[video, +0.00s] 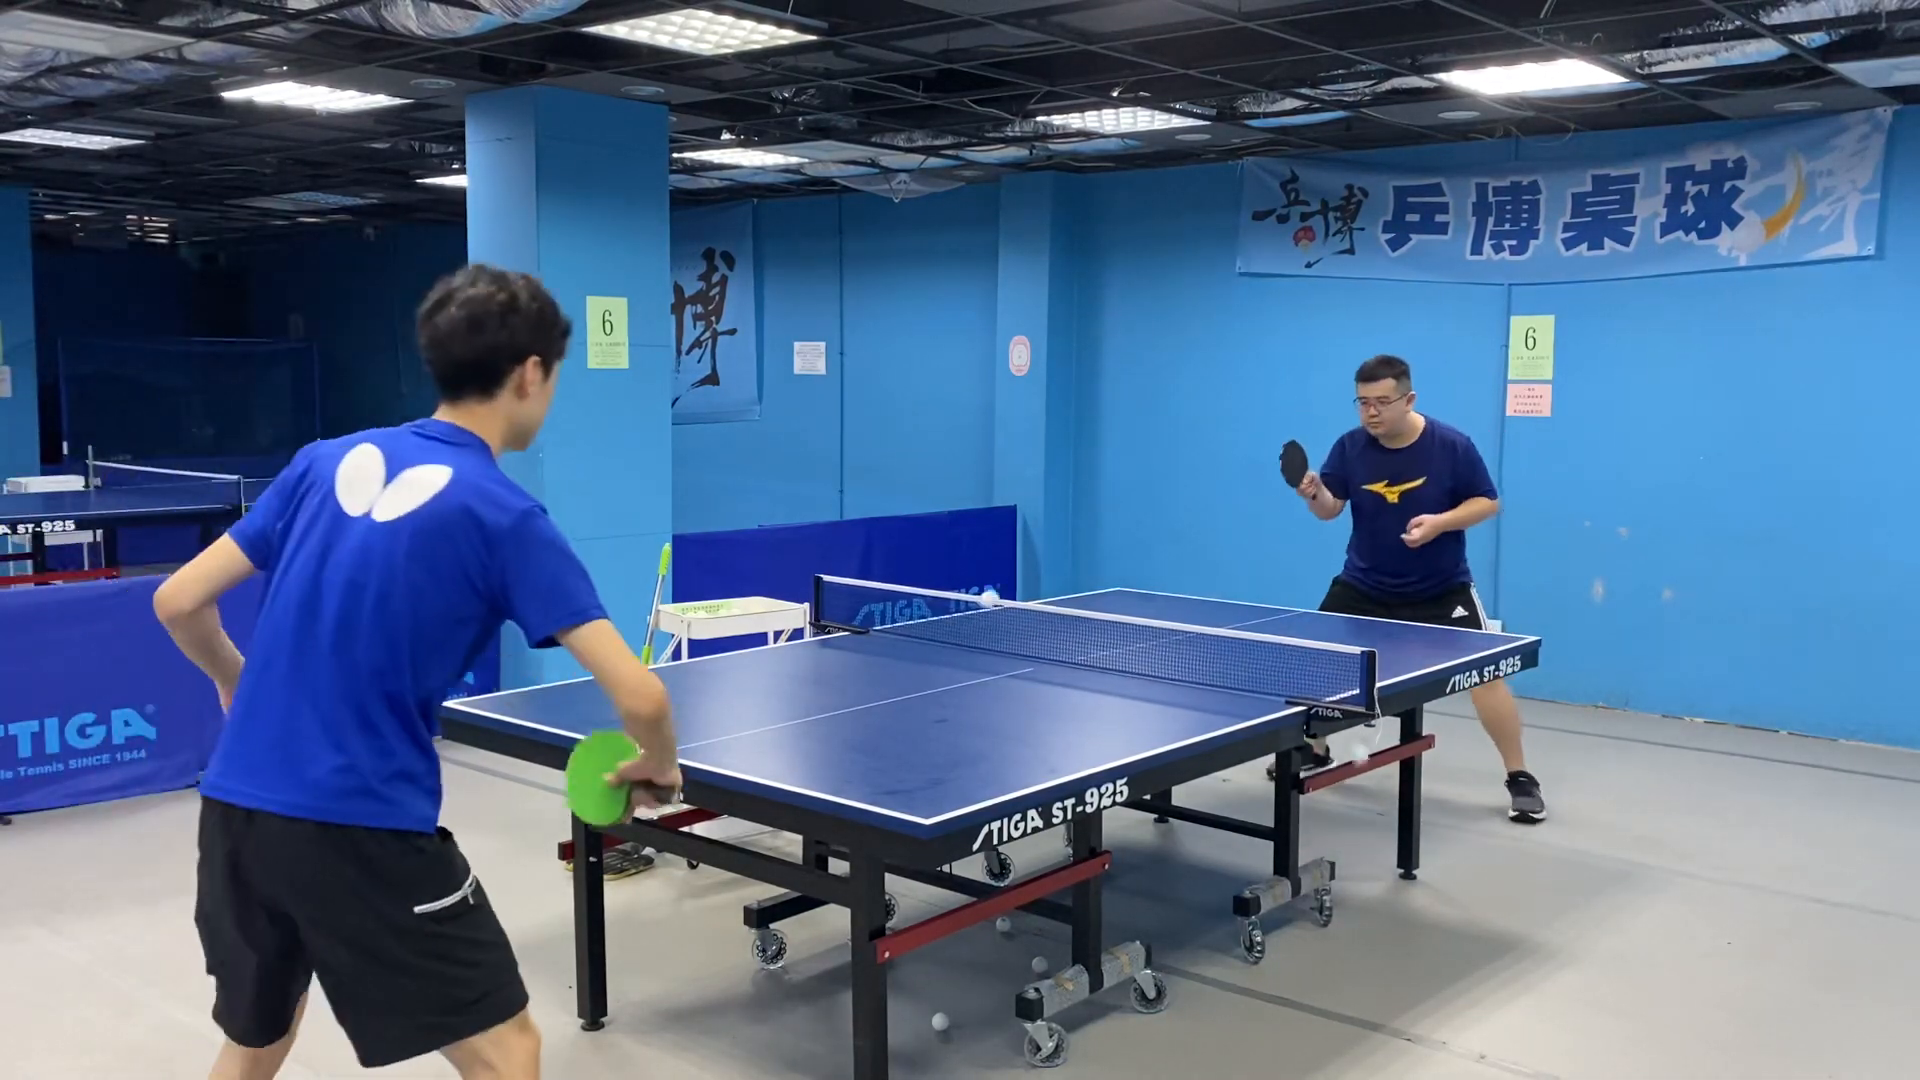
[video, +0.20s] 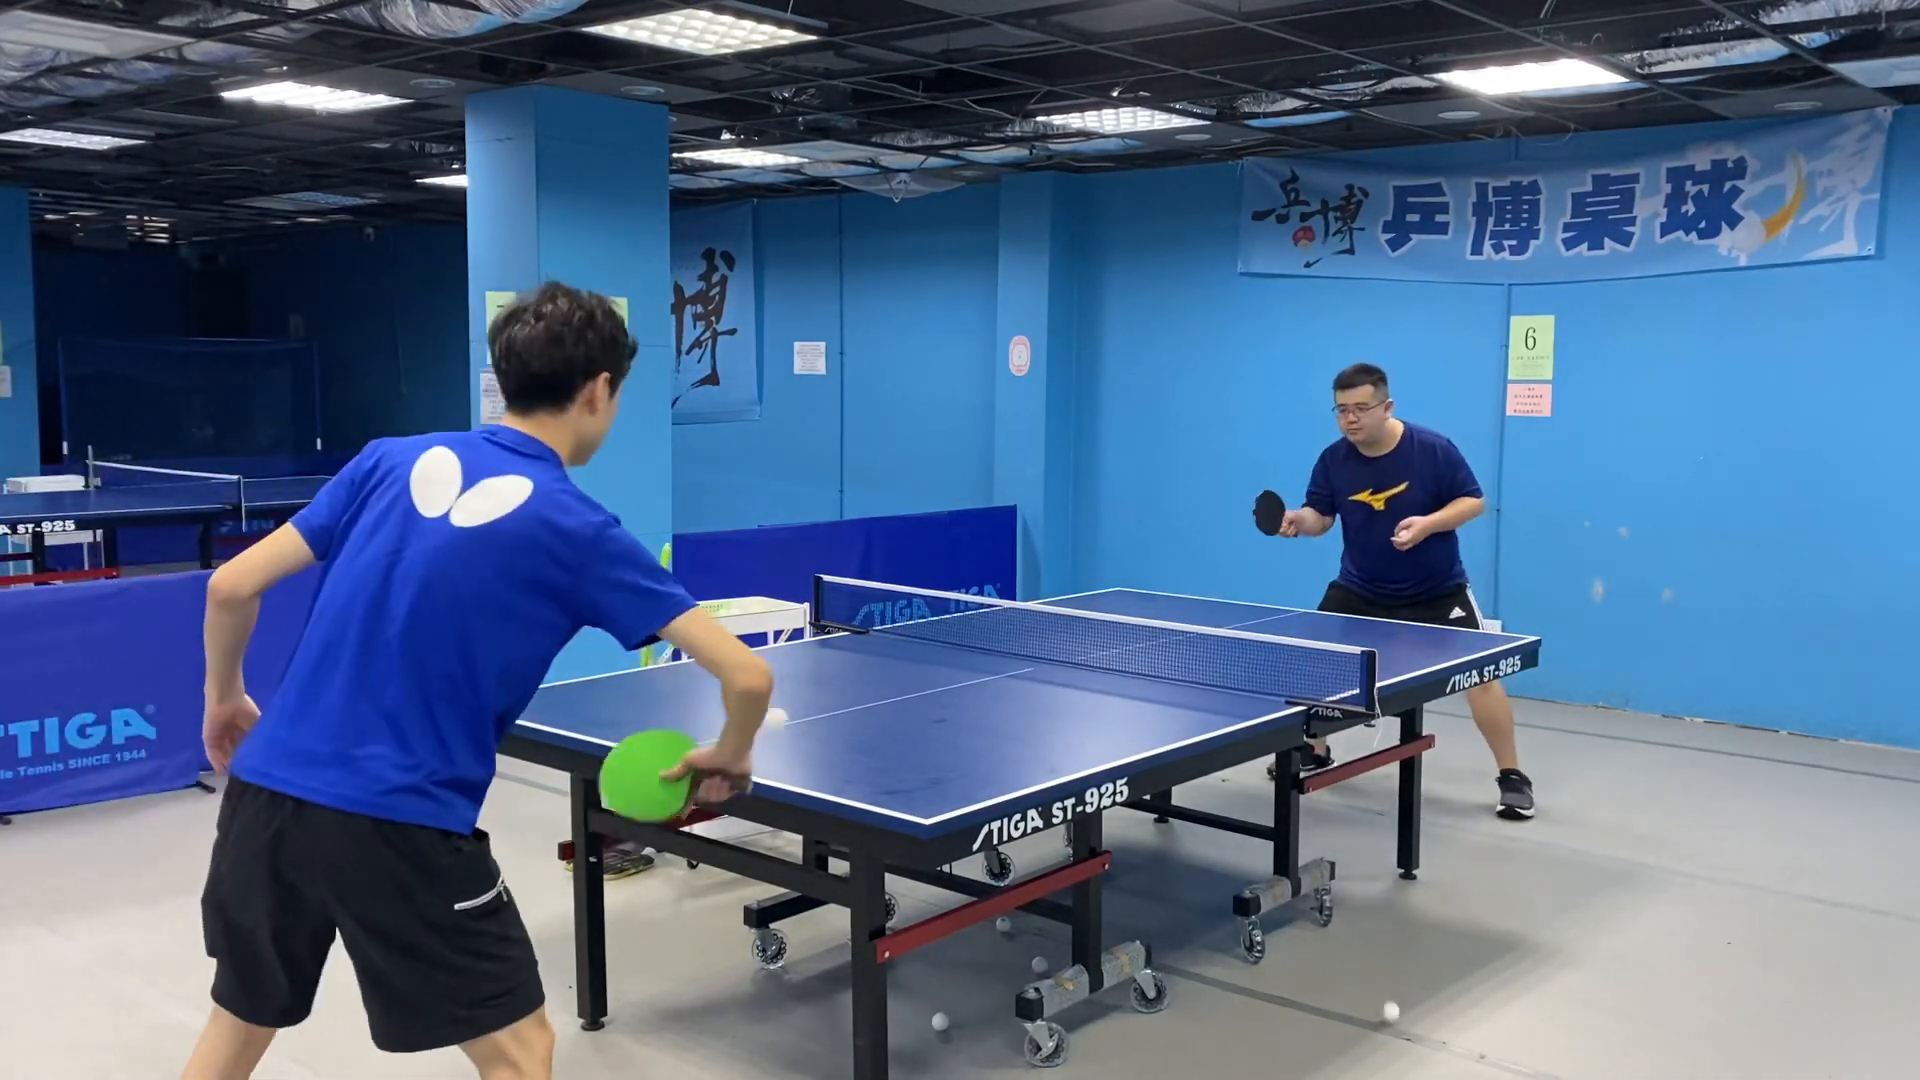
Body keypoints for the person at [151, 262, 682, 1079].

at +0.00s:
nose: (552, 392)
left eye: (555, 372)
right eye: (554, 371)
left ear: (442, 364)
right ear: (527, 374)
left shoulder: (323, 461)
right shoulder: (504, 512)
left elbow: (180, 600)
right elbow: (643, 699)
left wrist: (237, 681)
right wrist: (658, 761)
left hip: (237, 805)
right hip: (363, 825)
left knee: (254, 1035)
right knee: (503, 1051)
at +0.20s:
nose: (617, 410)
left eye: (619, 390)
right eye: (619, 389)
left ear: (504, 379)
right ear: (596, 391)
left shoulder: (387, 461)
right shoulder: (575, 525)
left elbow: (231, 584)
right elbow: (749, 678)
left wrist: (223, 696)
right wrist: (731, 756)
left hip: (265, 799)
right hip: (402, 827)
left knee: (237, 1021)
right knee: (518, 1051)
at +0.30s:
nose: (605, 397)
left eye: (607, 380)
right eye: (608, 381)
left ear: (498, 378)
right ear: (589, 387)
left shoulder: (387, 457)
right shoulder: (581, 521)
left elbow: (231, 584)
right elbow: (770, 635)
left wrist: (216, 695)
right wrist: (797, 655)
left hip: (266, 789)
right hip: (401, 822)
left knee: (232, 1003)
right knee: (508, 1048)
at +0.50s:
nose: (542, 369)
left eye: (540, 352)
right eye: (541, 355)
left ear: (435, 357)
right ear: (522, 364)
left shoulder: (331, 456)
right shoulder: (539, 498)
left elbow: (196, 600)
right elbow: (712, 571)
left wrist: (196, 690)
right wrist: (794, 527)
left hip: (259, 796)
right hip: (395, 819)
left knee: (219, 990)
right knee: (504, 1044)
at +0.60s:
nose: (496, 363)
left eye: (494, 343)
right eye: (494, 344)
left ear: (388, 352)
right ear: (470, 356)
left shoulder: (288, 458)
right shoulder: (487, 496)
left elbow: (168, 613)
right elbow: (667, 597)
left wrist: (191, 699)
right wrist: (738, 518)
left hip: (238, 801)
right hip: (368, 816)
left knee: (207, 1004)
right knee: (489, 1044)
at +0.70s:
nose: (455, 359)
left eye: (453, 340)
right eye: (453, 340)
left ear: (343, 345)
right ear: (426, 354)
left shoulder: (254, 451)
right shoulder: (430, 497)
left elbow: (149, 602)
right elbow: (589, 634)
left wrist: (202, 699)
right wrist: (674, 553)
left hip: (200, 790)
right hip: (319, 806)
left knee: (196, 1001)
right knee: (426, 1046)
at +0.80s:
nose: (443, 339)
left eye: (440, 319)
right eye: (439, 320)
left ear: (330, 326)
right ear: (411, 334)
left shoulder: (245, 426)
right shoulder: (399, 483)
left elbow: (140, 568)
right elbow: (511, 657)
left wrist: (211, 659)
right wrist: (619, 591)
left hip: (179, 756)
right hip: (282, 777)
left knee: (191, 984)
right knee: (396, 1017)